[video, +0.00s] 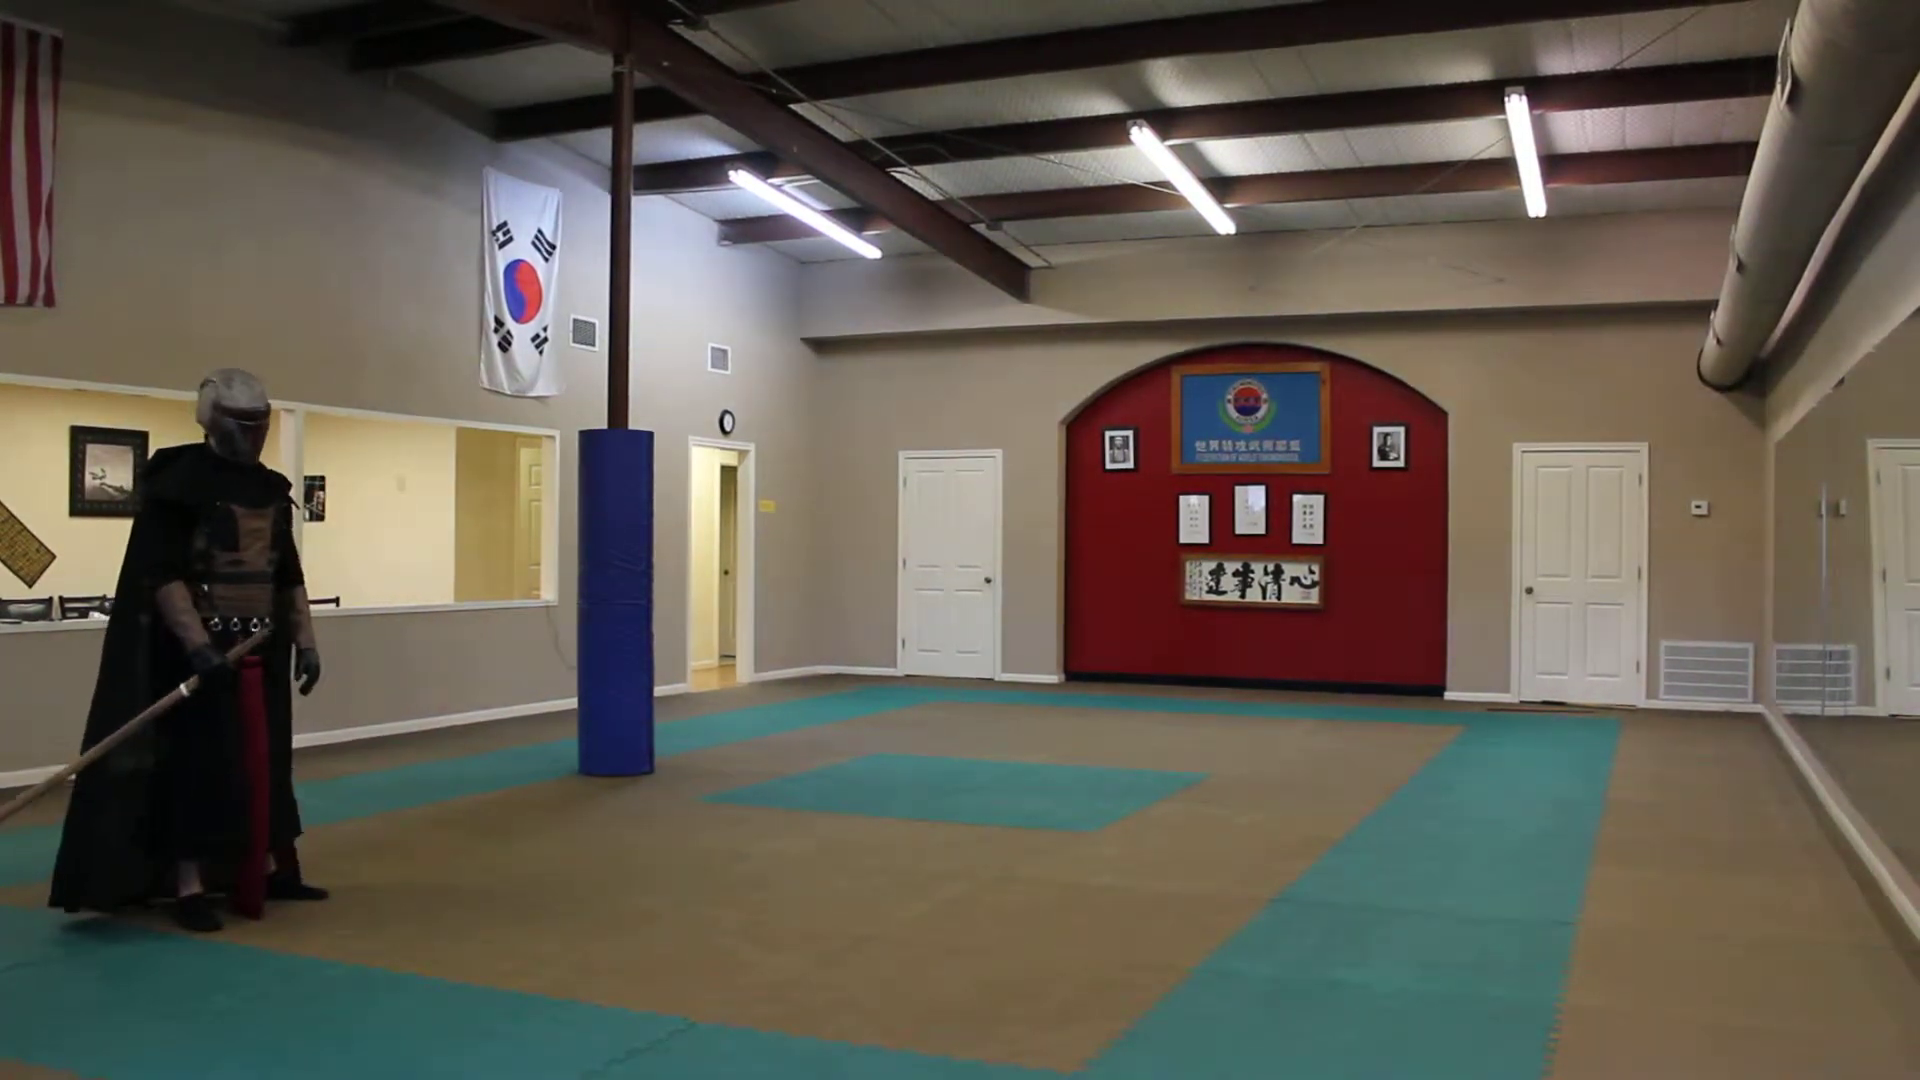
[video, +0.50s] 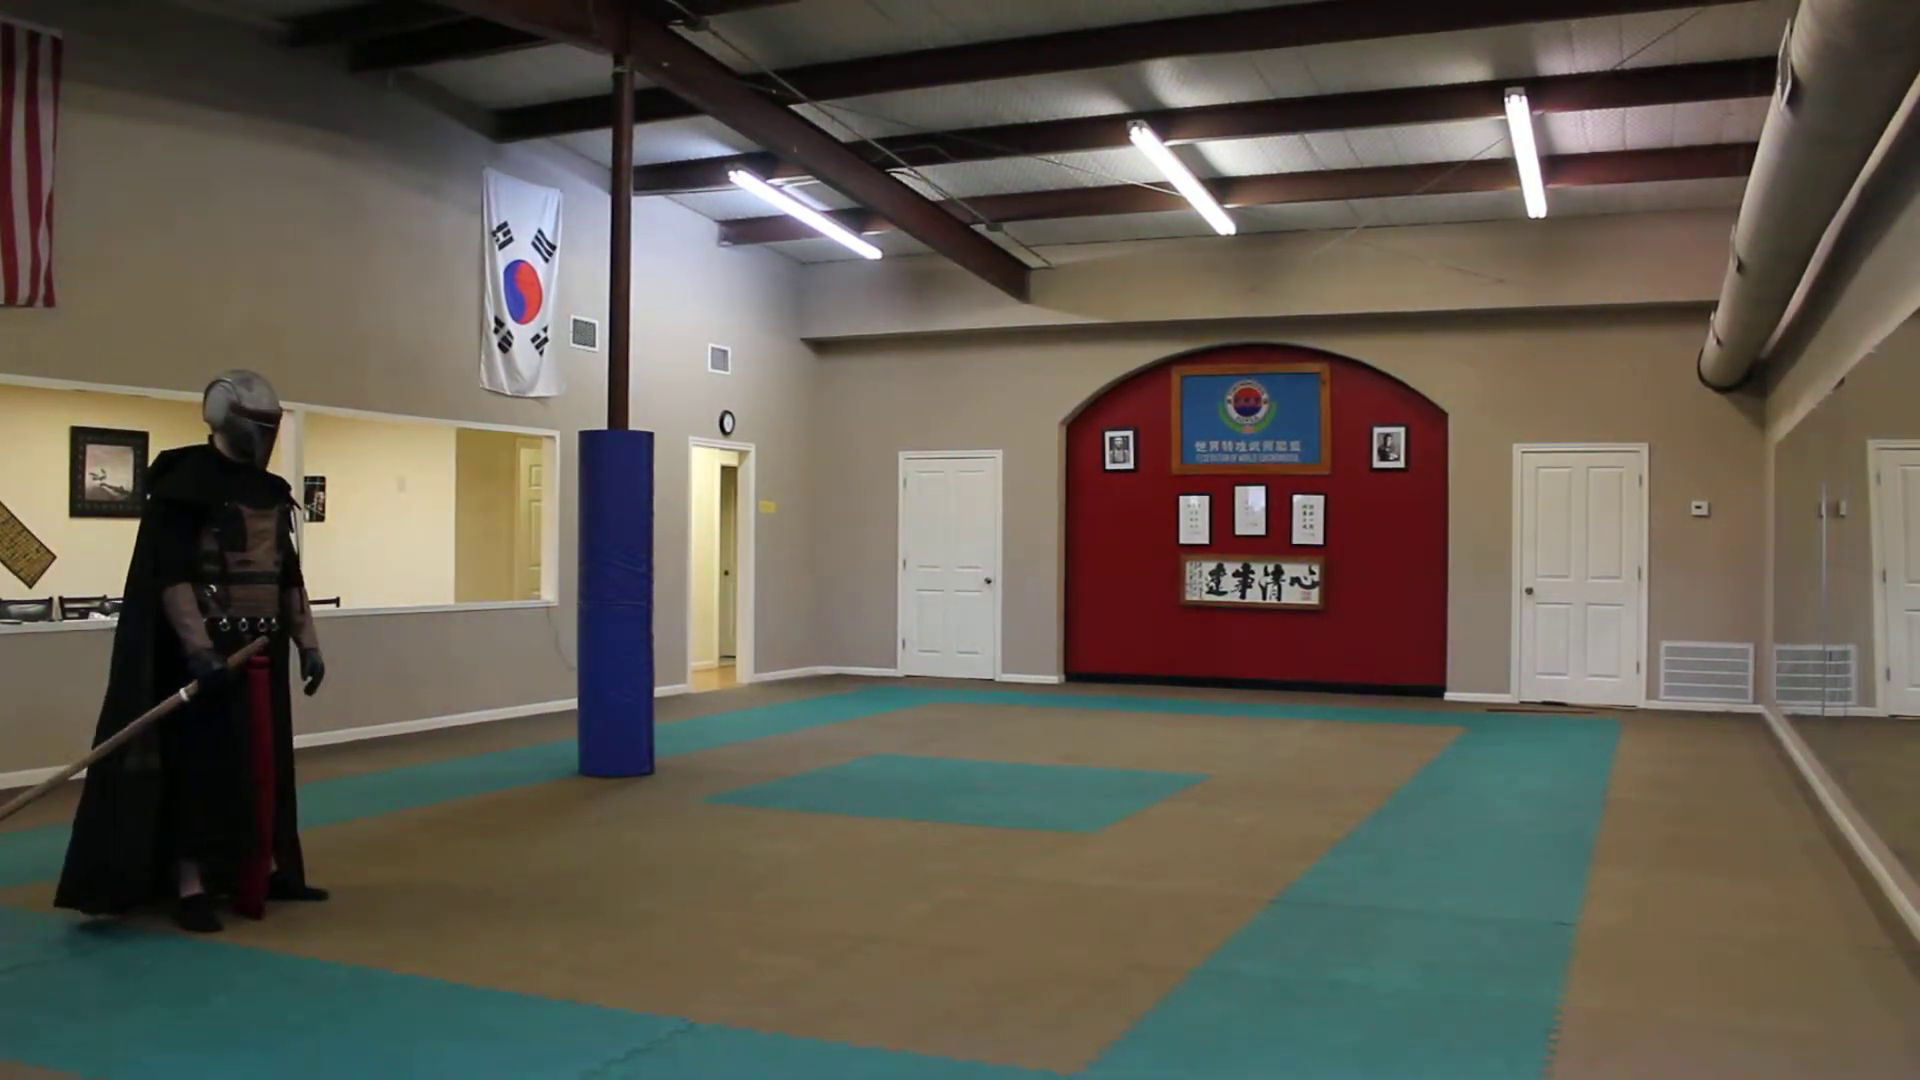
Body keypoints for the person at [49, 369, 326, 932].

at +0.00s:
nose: (251, 430)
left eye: (258, 420)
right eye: (238, 419)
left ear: (269, 421)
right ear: (209, 418)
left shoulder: (271, 489)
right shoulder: (175, 476)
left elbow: (289, 572)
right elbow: (160, 572)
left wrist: (305, 640)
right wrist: (198, 643)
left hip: (258, 651)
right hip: (191, 650)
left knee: (268, 759)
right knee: (192, 765)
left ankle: (275, 869)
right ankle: (189, 885)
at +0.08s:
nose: (261, 434)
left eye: (266, 422)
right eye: (249, 422)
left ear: (271, 423)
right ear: (216, 420)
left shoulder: (271, 490)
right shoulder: (177, 476)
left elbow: (288, 573)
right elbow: (163, 574)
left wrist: (306, 639)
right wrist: (198, 648)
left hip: (257, 653)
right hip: (191, 651)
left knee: (264, 761)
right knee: (192, 765)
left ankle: (265, 871)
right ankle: (189, 884)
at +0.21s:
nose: (263, 435)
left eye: (268, 424)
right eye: (252, 422)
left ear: (273, 424)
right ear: (219, 420)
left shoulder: (271, 490)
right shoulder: (179, 476)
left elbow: (287, 572)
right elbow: (166, 574)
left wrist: (308, 638)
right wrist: (193, 649)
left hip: (261, 650)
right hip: (198, 650)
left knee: (267, 760)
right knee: (196, 765)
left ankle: (265, 871)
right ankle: (190, 883)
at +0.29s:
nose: (265, 434)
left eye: (270, 423)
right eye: (254, 422)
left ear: (275, 424)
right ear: (221, 420)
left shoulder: (272, 492)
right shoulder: (181, 477)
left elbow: (287, 574)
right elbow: (167, 575)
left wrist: (308, 639)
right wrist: (195, 650)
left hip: (261, 650)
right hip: (199, 650)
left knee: (266, 760)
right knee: (197, 764)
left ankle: (267, 870)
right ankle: (190, 882)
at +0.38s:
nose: (264, 435)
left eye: (270, 424)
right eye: (254, 422)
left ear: (275, 425)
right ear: (220, 421)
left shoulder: (272, 492)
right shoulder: (181, 478)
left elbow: (287, 573)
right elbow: (168, 575)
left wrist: (308, 639)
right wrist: (197, 651)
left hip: (262, 650)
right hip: (200, 651)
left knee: (265, 761)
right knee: (198, 766)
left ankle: (266, 871)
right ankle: (190, 884)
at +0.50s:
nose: (266, 435)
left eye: (270, 424)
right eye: (256, 423)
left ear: (274, 425)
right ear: (224, 419)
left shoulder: (271, 493)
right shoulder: (183, 478)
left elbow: (288, 576)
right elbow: (170, 575)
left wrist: (308, 643)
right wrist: (199, 648)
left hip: (261, 653)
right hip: (199, 653)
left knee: (263, 763)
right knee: (197, 767)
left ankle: (262, 873)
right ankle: (190, 882)